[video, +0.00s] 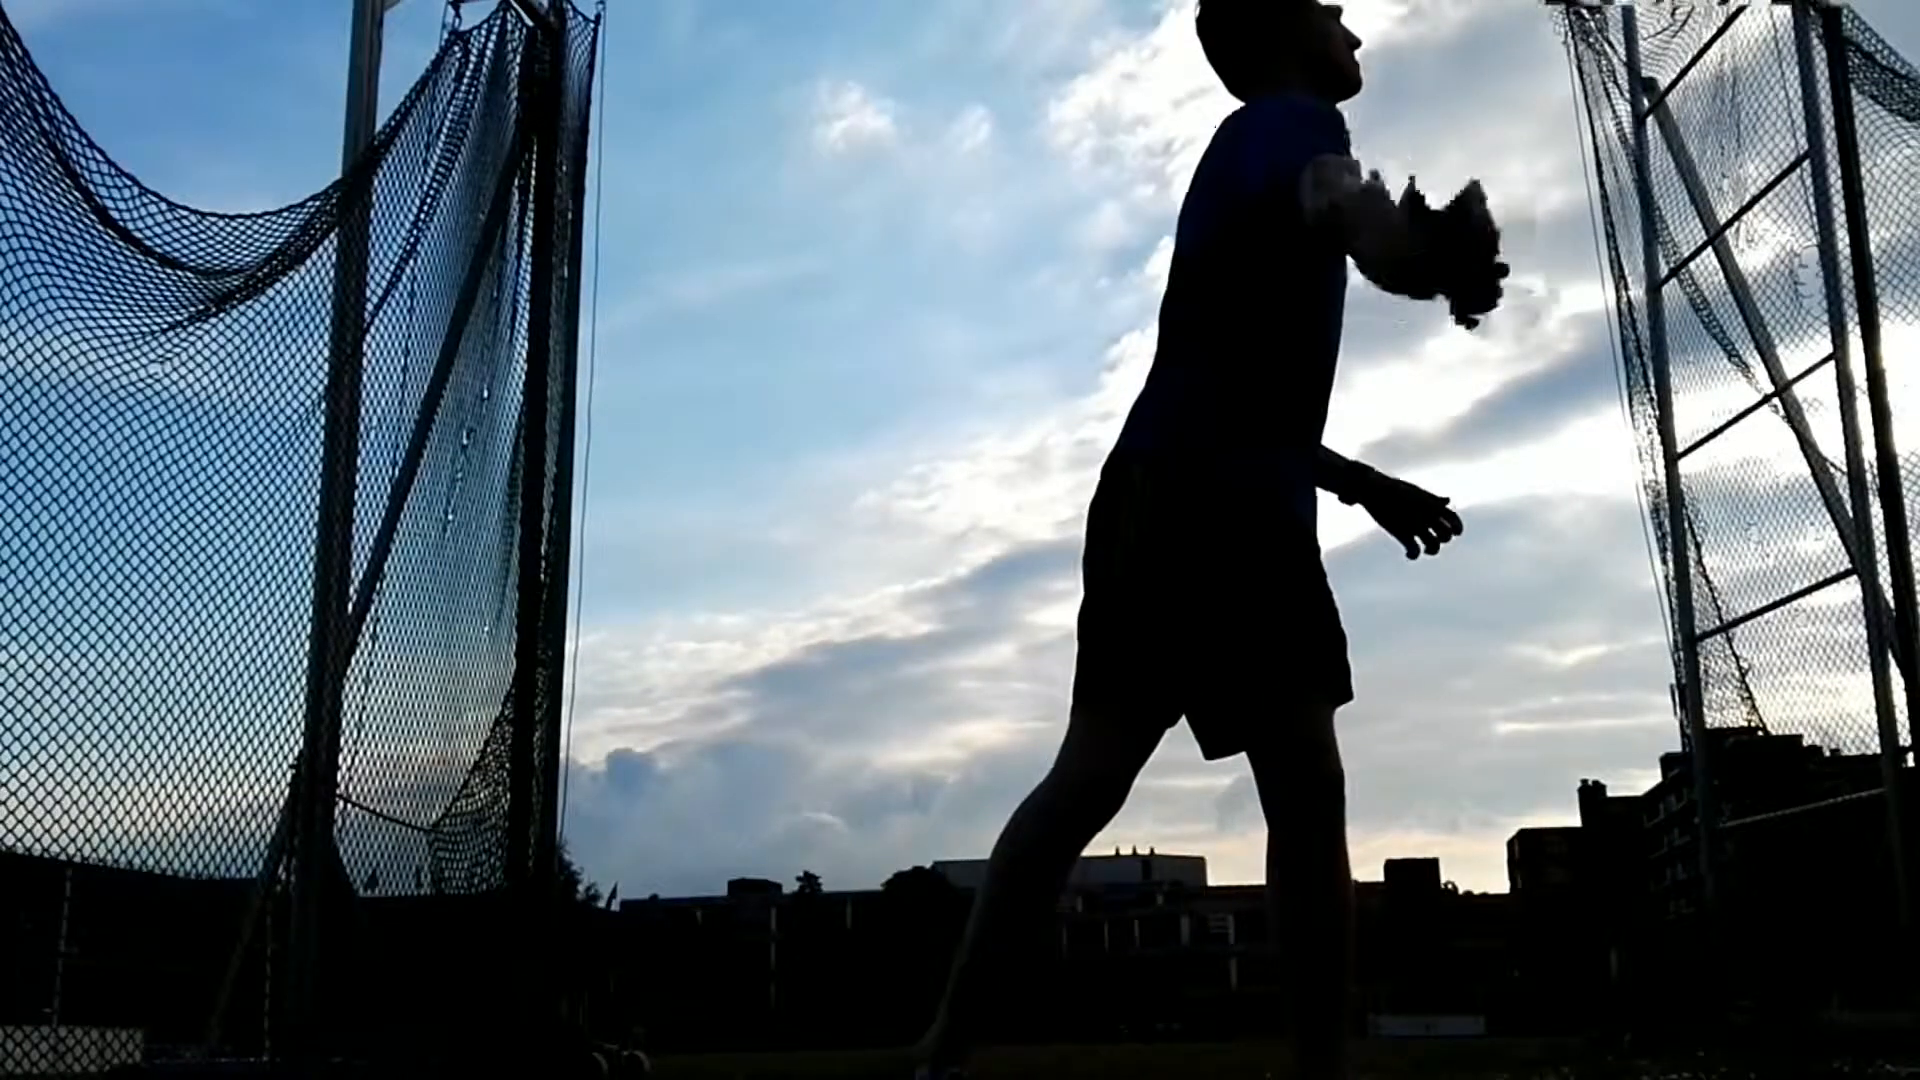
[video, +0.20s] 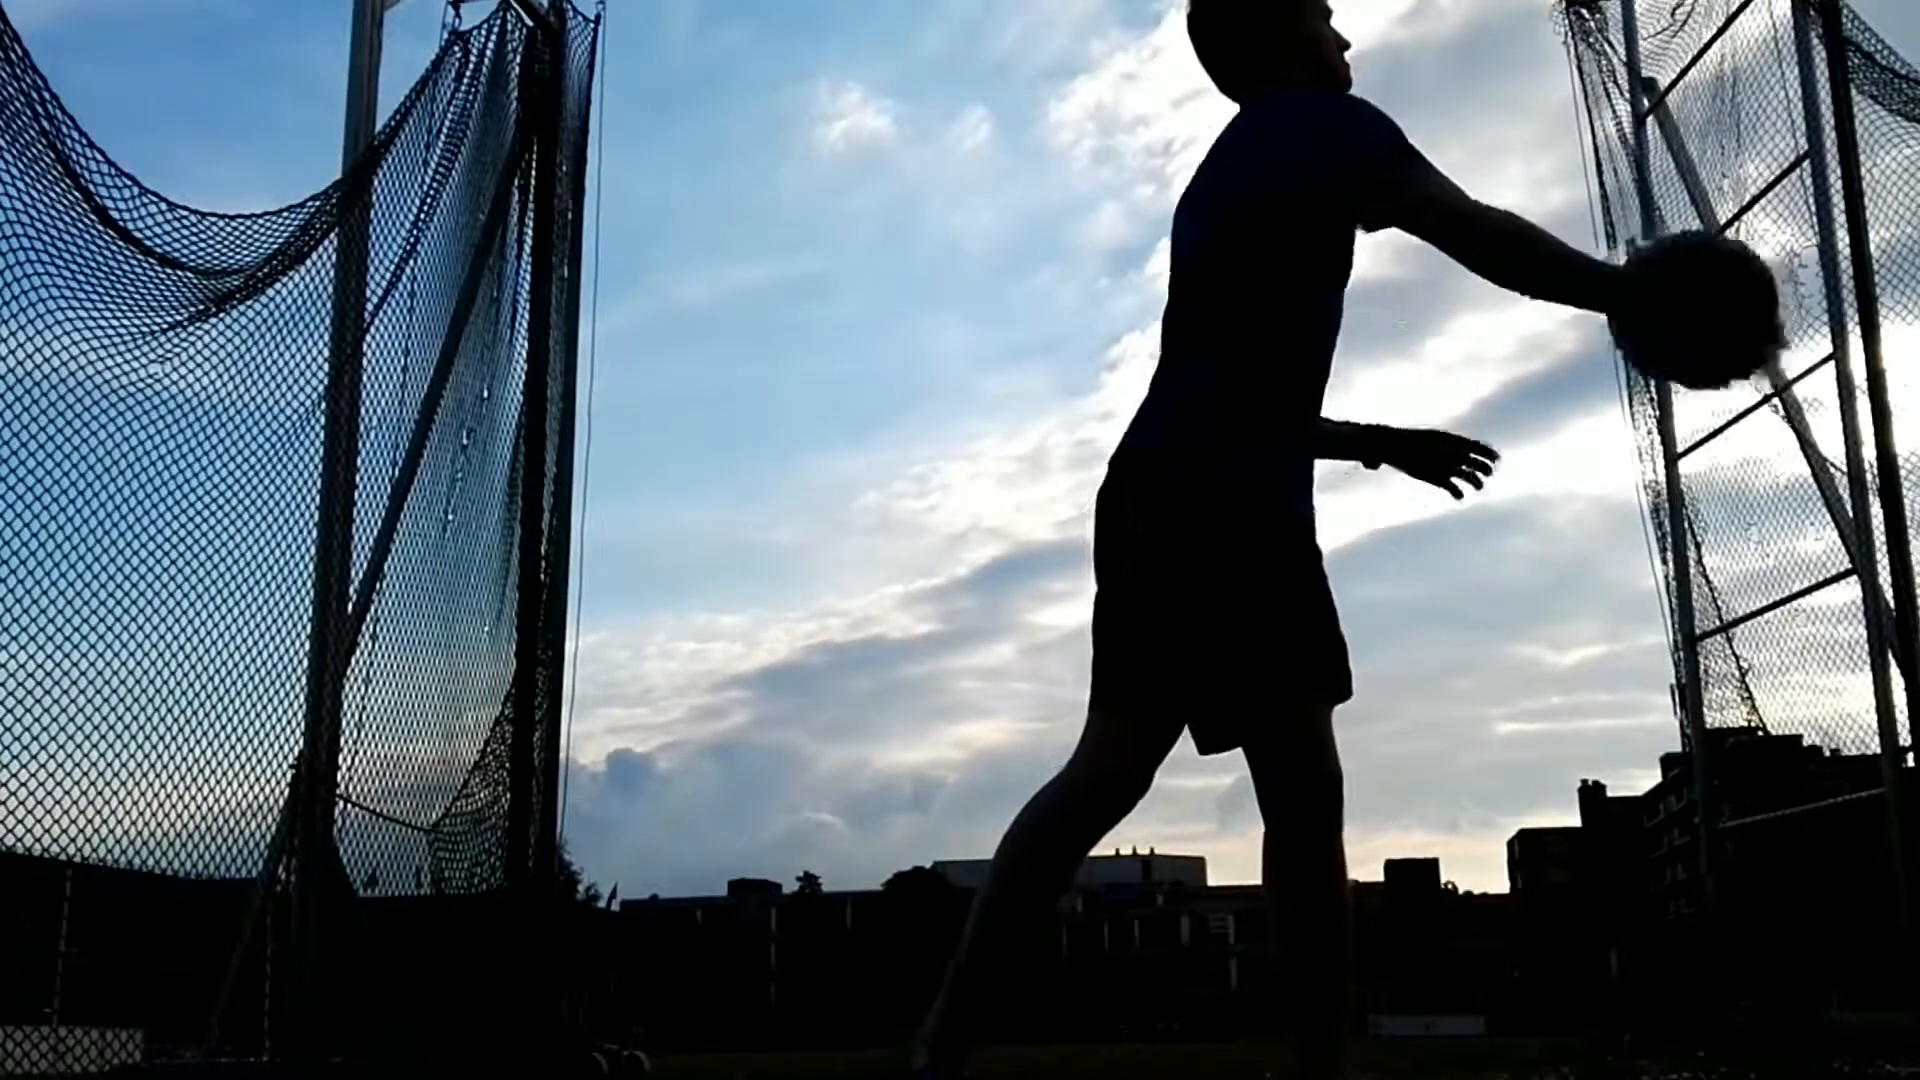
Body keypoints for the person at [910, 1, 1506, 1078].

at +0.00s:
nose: (1348, 27)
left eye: (1335, 11)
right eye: (1324, 14)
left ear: (1246, 59)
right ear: (1284, 38)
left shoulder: (1230, 165)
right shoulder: (1301, 128)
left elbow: (1222, 402)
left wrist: (1367, 486)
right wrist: (1448, 259)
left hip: (1148, 506)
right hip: (1239, 509)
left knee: (1083, 784)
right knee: (1304, 796)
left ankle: (953, 1041)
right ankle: (1323, 1060)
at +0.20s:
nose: (1339, 32)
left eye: (1324, 14)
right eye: (1316, 16)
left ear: (1235, 61)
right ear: (1282, 37)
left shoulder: (1224, 177)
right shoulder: (1336, 130)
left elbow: (1227, 404)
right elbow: (1478, 235)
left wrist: (1382, 444)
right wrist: (1624, 289)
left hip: (1149, 499)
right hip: (1237, 501)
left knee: (1107, 768)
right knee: (1300, 780)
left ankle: (948, 1030)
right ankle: (1324, 1055)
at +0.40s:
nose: (1329, 34)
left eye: (1317, 15)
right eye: (1311, 17)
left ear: (1220, 58)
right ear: (1281, 30)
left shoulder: (1199, 182)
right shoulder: (1352, 115)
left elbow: (1251, 399)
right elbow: (1513, 243)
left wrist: (1415, 393)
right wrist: (1655, 303)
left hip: (1161, 495)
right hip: (1255, 497)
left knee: (1131, 762)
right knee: (1306, 794)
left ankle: (954, 1008)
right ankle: (1322, 1058)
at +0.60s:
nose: (1320, 27)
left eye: (1307, 12)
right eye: (1303, 13)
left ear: (1213, 54)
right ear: (1279, 27)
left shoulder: (1188, 186)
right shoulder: (1355, 98)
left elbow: (1272, 381)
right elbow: (1491, 234)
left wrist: (1407, 351)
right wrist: (1580, 295)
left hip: (1180, 486)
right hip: (1274, 486)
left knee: (1157, 756)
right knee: (1313, 783)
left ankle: (965, 1006)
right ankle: (1321, 1053)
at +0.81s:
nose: (1319, 24)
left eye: (1309, 10)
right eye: (1305, 10)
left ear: (1206, 51)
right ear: (1282, 21)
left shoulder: (1182, 187)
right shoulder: (1355, 85)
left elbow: (1293, 329)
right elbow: (1458, 227)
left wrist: (1399, 275)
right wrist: (1409, 264)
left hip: (1202, 479)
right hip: (1288, 476)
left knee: (1182, 750)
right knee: (1317, 780)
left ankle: (987, 996)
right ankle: (1319, 1046)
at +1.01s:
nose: (1315, 20)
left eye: (1301, 9)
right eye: (1302, 8)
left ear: (1203, 49)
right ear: (1284, 18)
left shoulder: (1177, 185)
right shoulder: (1347, 82)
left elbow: (1226, 325)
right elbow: (1416, 212)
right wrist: (1323, 91)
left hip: (1210, 473)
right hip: (1307, 468)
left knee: (1198, 749)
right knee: (1326, 767)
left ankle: (1007, 980)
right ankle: (1323, 1035)